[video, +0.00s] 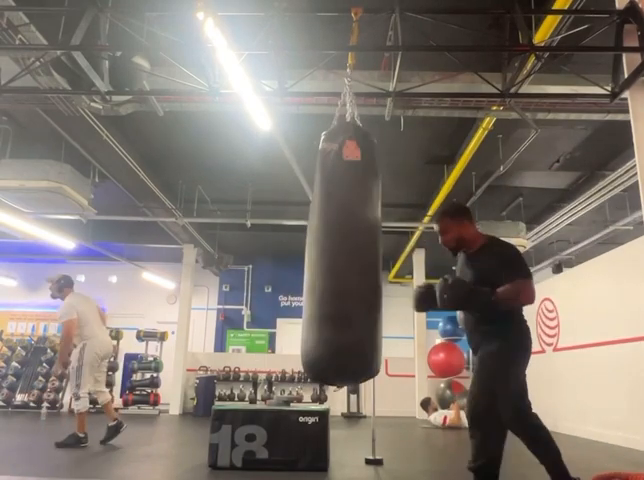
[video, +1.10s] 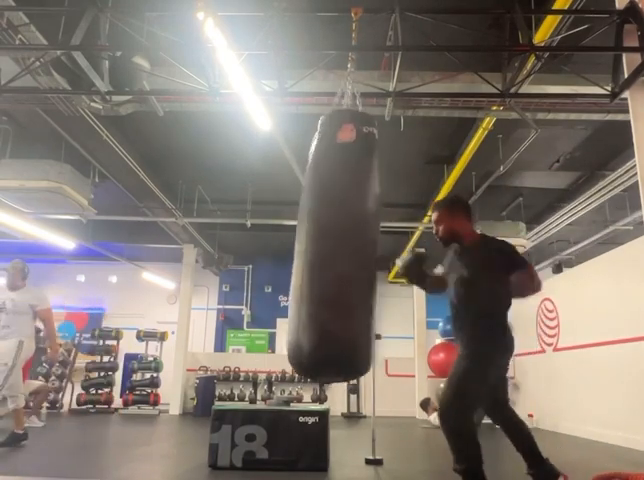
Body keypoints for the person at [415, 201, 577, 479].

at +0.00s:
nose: (441, 240)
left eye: (444, 232)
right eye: (439, 233)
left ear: (462, 225)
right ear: (460, 228)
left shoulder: (502, 251)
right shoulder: (464, 259)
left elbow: (527, 293)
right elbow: (466, 297)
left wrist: (477, 297)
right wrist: (437, 297)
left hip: (507, 344)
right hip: (487, 346)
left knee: (482, 411)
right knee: (516, 414)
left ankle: (484, 473)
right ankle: (562, 475)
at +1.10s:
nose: (435, 230)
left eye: (438, 222)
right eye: (434, 224)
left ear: (458, 219)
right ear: (455, 221)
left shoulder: (495, 249)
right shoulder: (455, 254)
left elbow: (531, 283)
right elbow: (445, 283)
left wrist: (491, 287)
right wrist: (419, 277)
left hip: (489, 345)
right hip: (474, 344)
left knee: (452, 411)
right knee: (497, 408)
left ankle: (472, 474)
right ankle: (542, 470)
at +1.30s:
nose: (440, 244)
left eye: (442, 236)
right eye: (439, 238)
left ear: (462, 231)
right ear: (469, 232)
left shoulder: (466, 256)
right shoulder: (509, 261)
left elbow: (461, 285)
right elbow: (536, 301)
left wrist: (424, 290)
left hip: (474, 360)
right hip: (506, 360)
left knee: (432, 427)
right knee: (503, 424)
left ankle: (457, 476)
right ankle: (542, 475)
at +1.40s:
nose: (436, 237)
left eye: (437, 229)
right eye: (433, 231)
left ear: (456, 221)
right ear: (460, 222)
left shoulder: (467, 253)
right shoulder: (502, 242)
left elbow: (473, 303)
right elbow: (534, 270)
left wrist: (438, 298)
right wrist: (500, 284)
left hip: (481, 355)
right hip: (511, 349)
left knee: (444, 423)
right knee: (507, 411)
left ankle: (462, 475)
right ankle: (537, 470)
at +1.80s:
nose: (461, 220)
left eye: (462, 211)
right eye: (459, 213)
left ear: (480, 200)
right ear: (494, 199)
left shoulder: (494, 224)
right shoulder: (542, 224)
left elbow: (504, 265)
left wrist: (465, 298)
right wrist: (473, 247)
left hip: (522, 342)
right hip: (560, 339)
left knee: (479, 429)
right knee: (545, 412)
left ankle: (493, 474)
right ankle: (581, 473)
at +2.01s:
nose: (506, 192)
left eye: (506, 181)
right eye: (503, 185)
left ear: (529, 168)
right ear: (532, 169)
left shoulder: (556, 187)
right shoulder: (593, 194)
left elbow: (576, 226)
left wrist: (528, 251)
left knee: (527, 419)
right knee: (626, 433)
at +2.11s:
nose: (541, 193)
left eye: (541, 181)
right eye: (537, 185)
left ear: (564, 169)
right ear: (568, 170)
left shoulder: (603, 198)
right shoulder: (622, 196)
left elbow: (606, 258)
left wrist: (549, 254)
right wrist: (557, 239)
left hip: (601, 350)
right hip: (628, 349)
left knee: (551, 439)